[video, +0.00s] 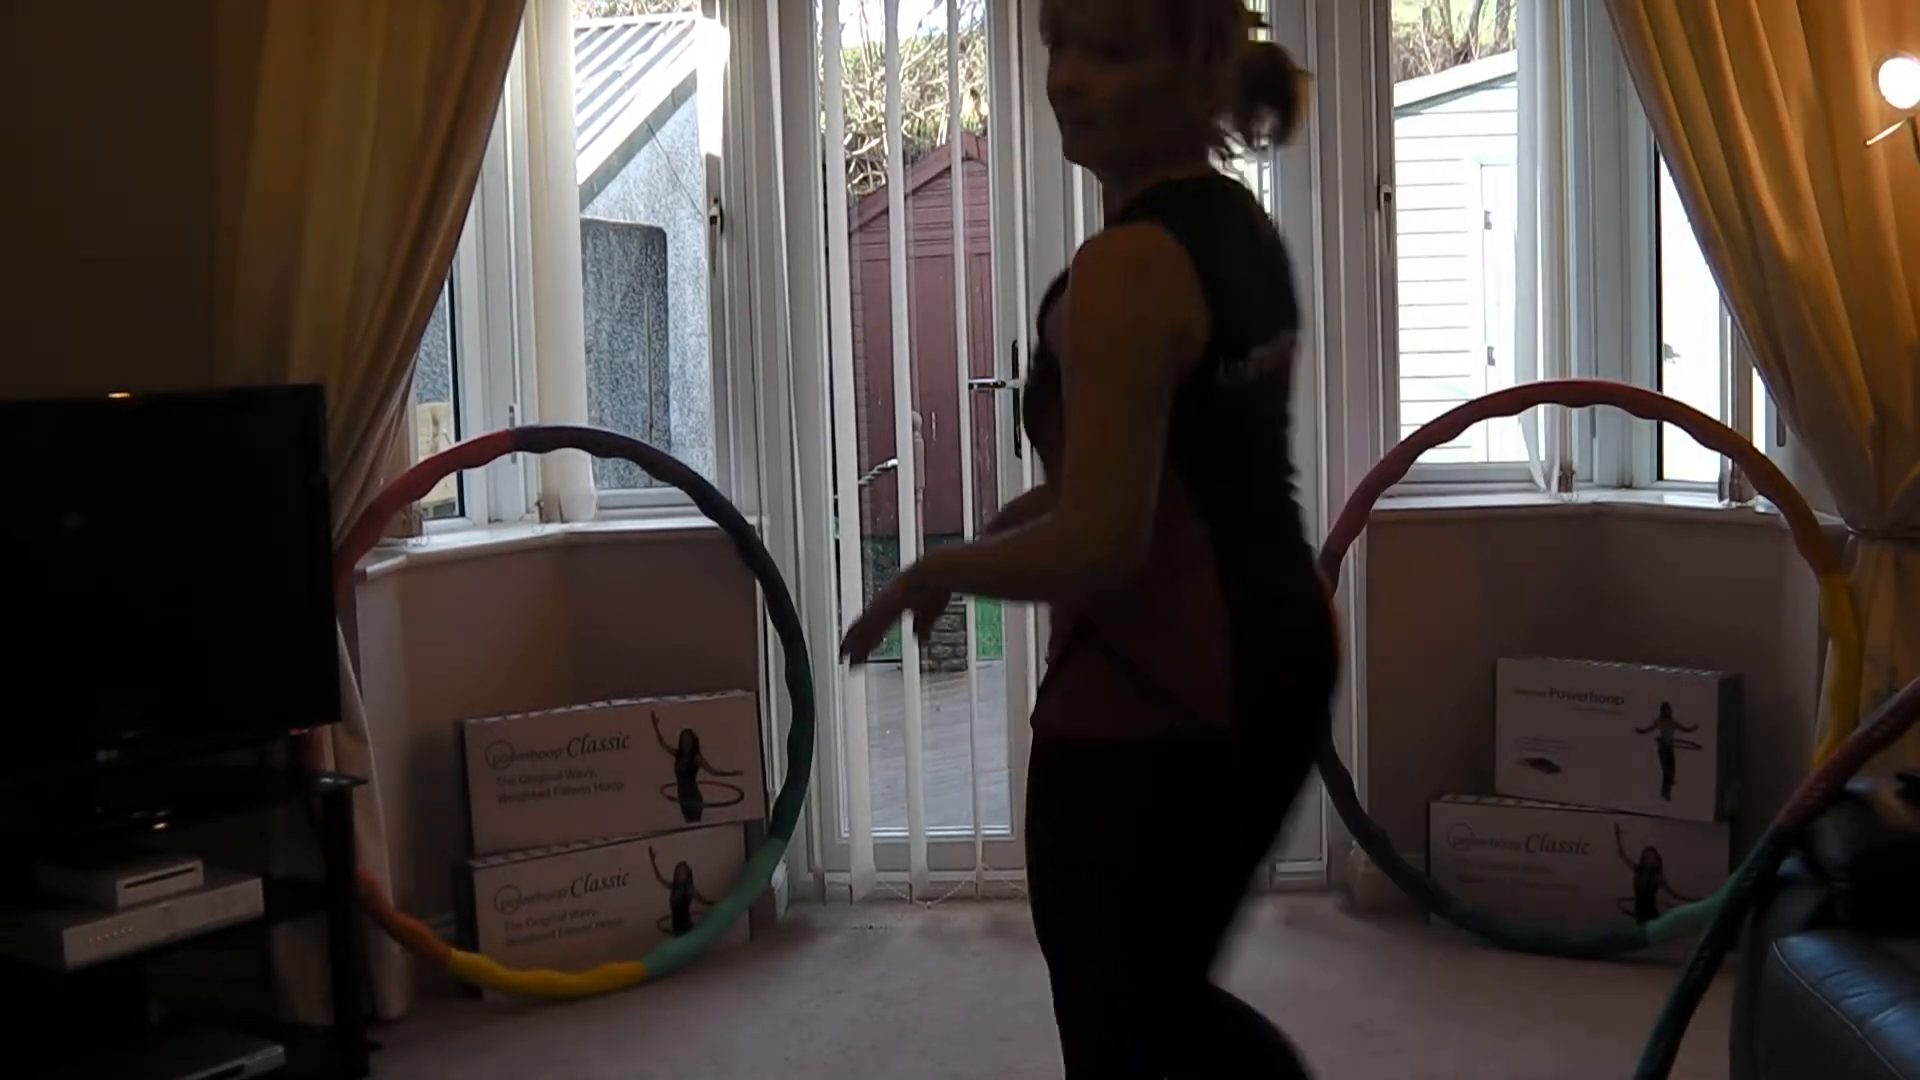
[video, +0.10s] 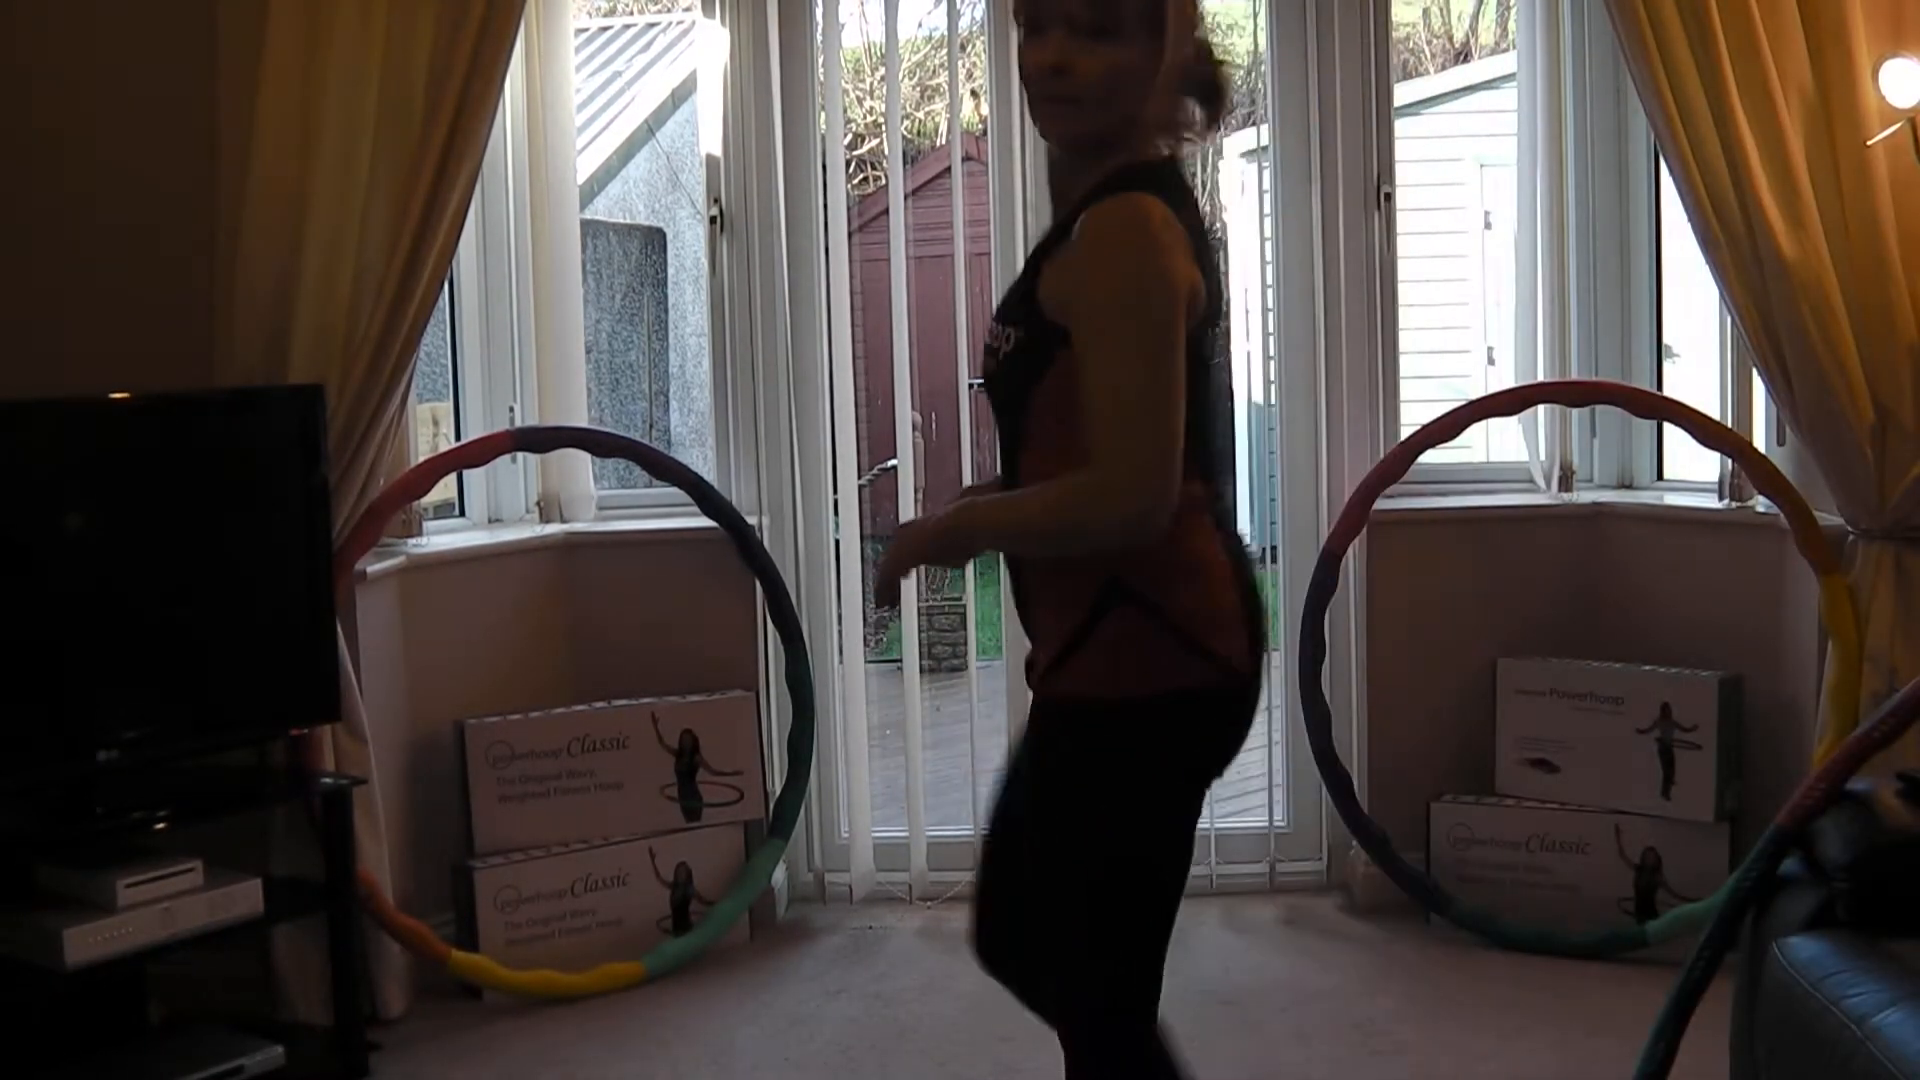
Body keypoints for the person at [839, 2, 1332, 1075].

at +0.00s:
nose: (1065, 78)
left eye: (1110, 48)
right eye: (1057, 45)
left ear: (1198, 69)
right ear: (1039, 52)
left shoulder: (1123, 267)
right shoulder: (1236, 231)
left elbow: (1097, 542)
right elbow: (1193, 468)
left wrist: (939, 569)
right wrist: (1037, 514)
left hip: (1147, 680)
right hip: (1263, 660)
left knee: (1113, 1022)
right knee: (1162, 990)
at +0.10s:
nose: (1053, 57)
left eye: (1098, 31)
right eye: (1037, 29)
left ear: (1169, 58)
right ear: (1014, 44)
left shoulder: (1127, 227)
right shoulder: (1110, 216)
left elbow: (1133, 490)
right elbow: (1110, 461)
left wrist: (959, 528)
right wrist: (982, 505)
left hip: (1147, 657)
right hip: (1131, 648)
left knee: (1041, 940)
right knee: (1045, 937)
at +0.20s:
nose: (1041, 59)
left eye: (1079, 34)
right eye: (1017, 33)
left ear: (1131, 69)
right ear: (992, 60)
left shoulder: (1134, 224)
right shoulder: (1023, 218)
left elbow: (1180, 462)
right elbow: (1031, 434)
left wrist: (977, 524)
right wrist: (921, 505)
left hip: (1130, 644)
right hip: (1026, 631)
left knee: (1078, 970)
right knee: (962, 930)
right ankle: (1016, 1075)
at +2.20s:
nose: (1215, 92)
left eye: (1238, 71)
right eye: (1187, 72)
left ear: (1270, 96)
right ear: (1147, 98)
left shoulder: (1315, 248)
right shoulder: (1096, 250)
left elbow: (1399, 399)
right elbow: (1018, 431)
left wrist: (1512, 447)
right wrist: (1081, 512)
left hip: (1295, 594)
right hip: (1143, 599)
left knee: (1377, 874)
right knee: (1143, 888)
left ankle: (1408, 1078)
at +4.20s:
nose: (1069, 132)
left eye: (1085, 109)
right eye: (1042, 109)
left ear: (1104, 117)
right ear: (991, 120)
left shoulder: (1161, 254)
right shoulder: (943, 276)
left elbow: (1252, 400)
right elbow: (890, 436)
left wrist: (1217, 393)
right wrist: (880, 468)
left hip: (1157, 596)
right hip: (1014, 602)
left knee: (1155, 862)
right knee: (1036, 866)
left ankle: (1082, 1010)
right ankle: (1047, 1071)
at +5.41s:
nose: (999, 187)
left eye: (1019, 164)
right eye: (978, 164)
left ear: (1051, 150)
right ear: (946, 150)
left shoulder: (1112, 266)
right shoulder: (891, 271)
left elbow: (1203, 410)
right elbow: (850, 423)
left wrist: (1171, 452)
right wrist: (833, 471)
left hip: (1075, 589)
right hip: (934, 590)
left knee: (1066, 839)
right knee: (951, 851)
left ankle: (1060, 1037)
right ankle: (964, 1073)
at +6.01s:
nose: (969, 120)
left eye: (992, 100)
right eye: (948, 98)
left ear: (1024, 116)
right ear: (914, 110)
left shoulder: (1082, 250)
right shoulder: (858, 257)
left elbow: (1139, 401)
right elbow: (816, 405)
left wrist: (1122, 449)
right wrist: (835, 459)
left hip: (1054, 587)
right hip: (909, 592)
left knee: (1075, 828)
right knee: (933, 861)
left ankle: (1099, 1021)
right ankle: (961, 1075)